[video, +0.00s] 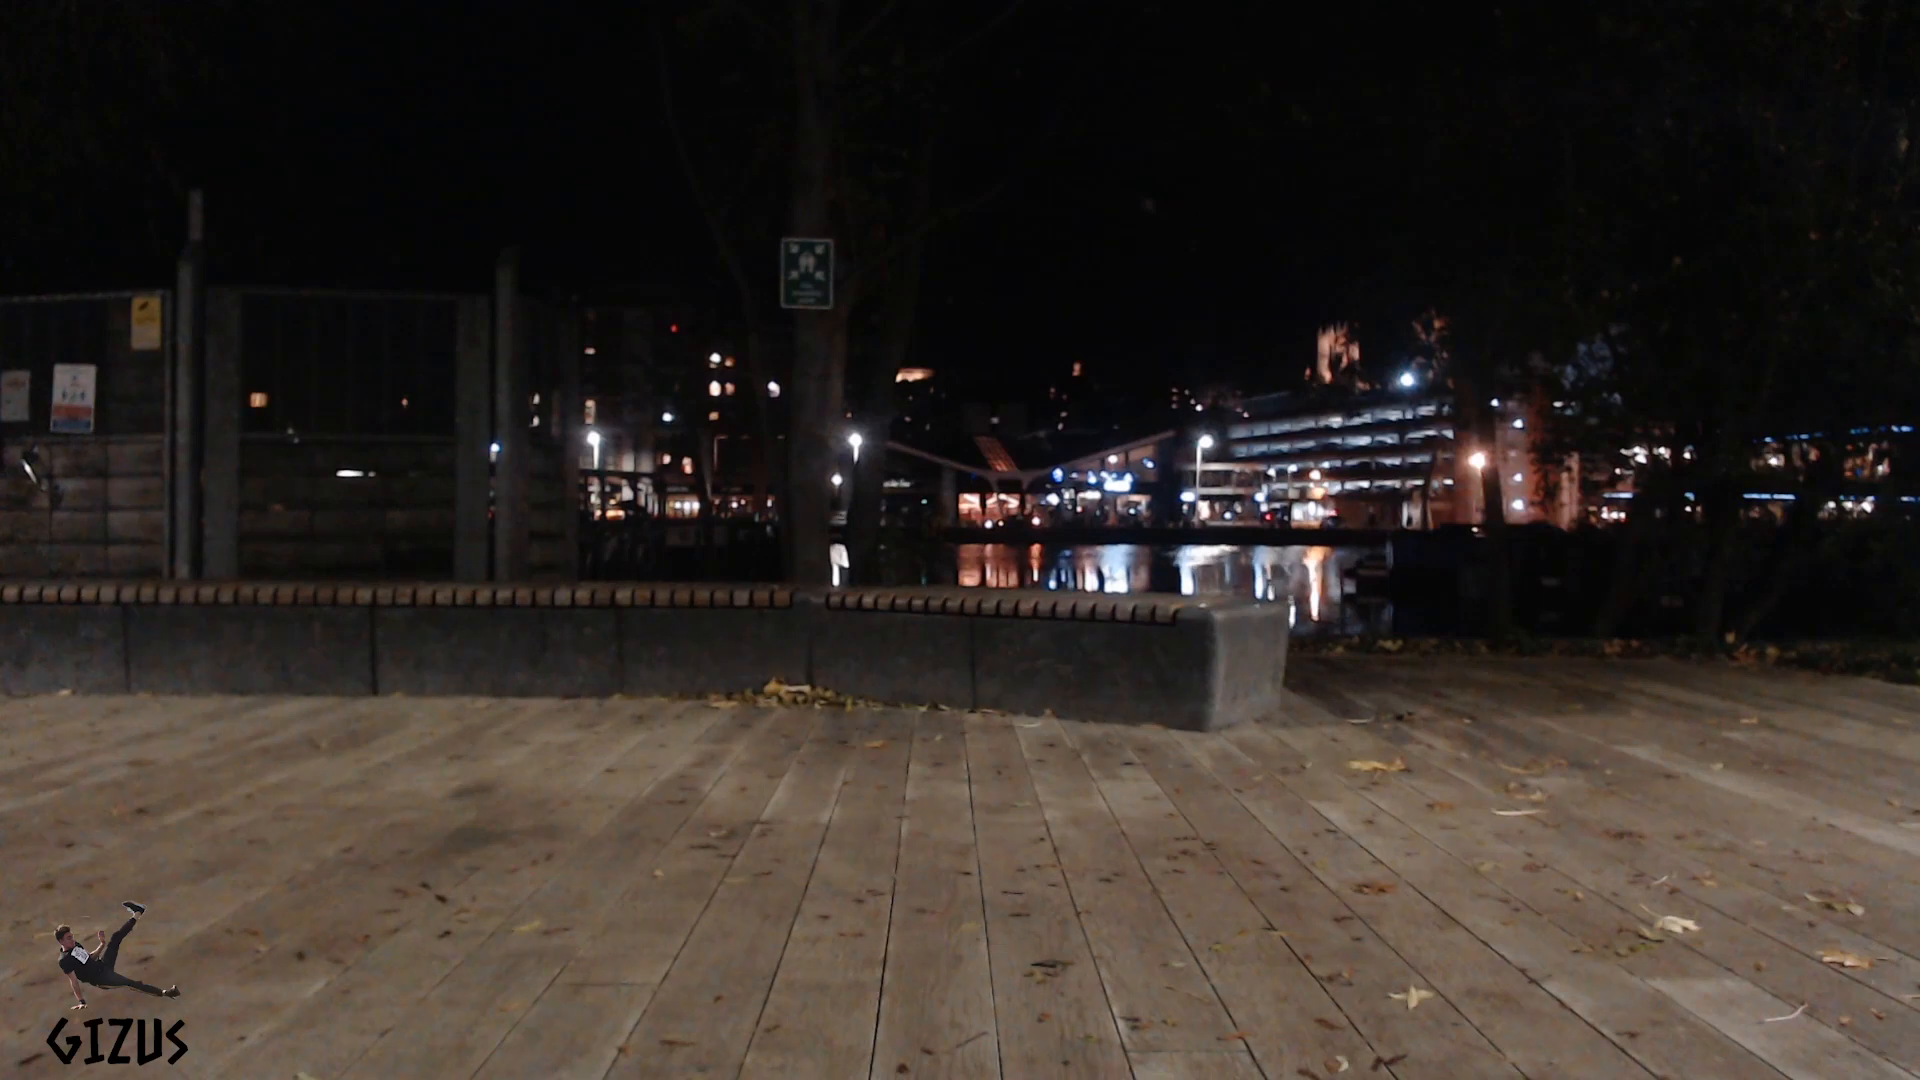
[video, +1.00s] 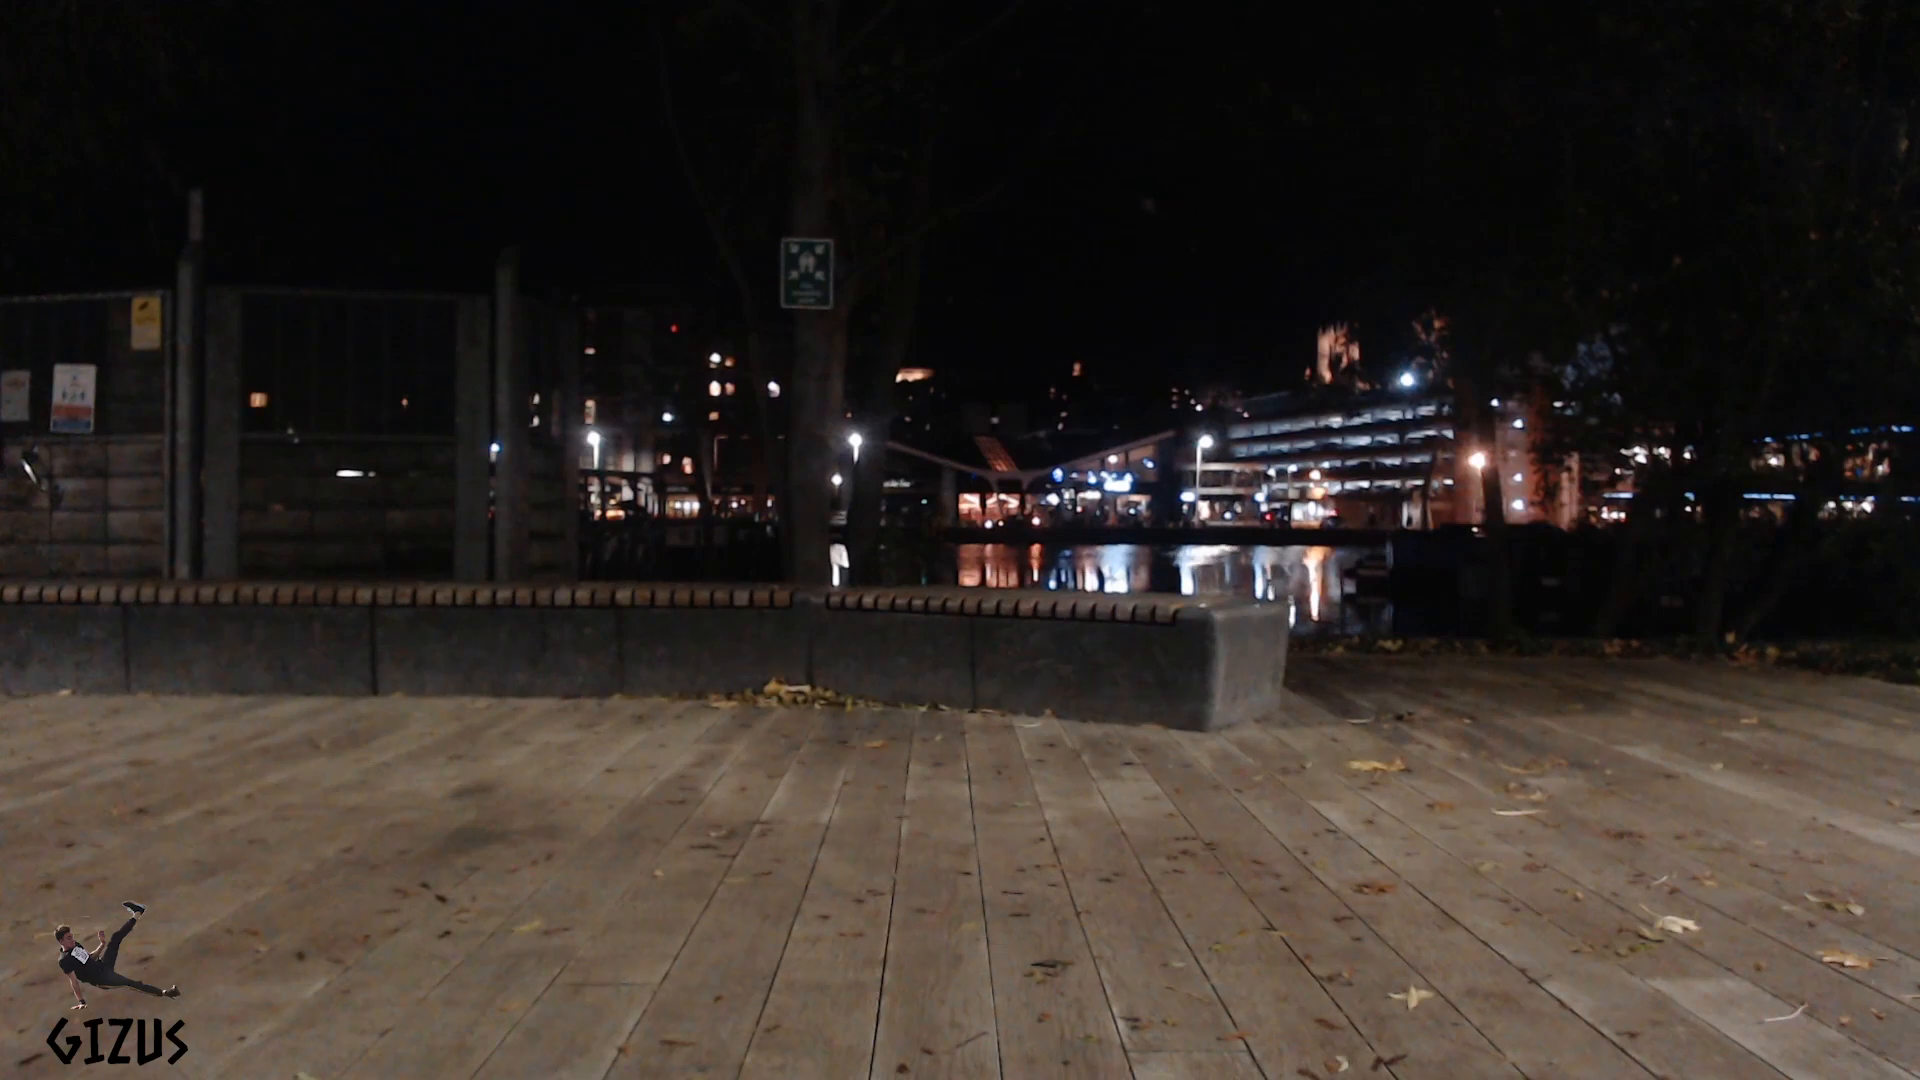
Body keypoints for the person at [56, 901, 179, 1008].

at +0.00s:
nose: (72, 939)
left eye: (72, 936)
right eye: (69, 938)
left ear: (70, 937)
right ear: (61, 941)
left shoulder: (75, 946)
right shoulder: (64, 960)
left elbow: (91, 957)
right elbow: (74, 982)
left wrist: (102, 944)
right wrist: (81, 1001)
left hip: (104, 964)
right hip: (102, 978)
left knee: (115, 939)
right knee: (132, 983)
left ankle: (135, 916)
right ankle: (164, 993)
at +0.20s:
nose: (72, 939)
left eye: (72, 936)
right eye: (69, 938)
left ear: (70, 937)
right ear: (61, 941)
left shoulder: (75, 946)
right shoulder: (64, 960)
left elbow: (91, 957)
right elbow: (74, 982)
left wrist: (102, 944)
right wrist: (81, 1001)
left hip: (104, 964)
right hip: (102, 978)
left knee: (115, 939)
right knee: (132, 983)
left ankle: (135, 916)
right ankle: (164, 993)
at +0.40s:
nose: (72, 939)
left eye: (72, 936)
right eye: (69, 938)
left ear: (70, 937)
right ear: (61, 941)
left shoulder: (75, 946)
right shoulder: (64, 960)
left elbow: (91, 957)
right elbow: (74, 982)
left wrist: (102, 944)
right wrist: (81, 1001)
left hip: (104, 964)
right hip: (102, 978)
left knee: (115, 939)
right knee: (132, 983)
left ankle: (135, 916)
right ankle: (164, 993)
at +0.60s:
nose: (72, 939)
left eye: (72, 936)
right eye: (69, 938)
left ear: (70, 937)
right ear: (61, 941)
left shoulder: (75, 946)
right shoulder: (64, 960)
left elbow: (91, 957)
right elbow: (74, 982)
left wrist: (102, 944)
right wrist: (81, 1001)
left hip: (104, 964)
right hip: (102, 978)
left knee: (115, 939)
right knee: (132, 983)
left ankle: (135, 916)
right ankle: (164, 993)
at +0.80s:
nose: (72, 939)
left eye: (72, 936)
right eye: (69, 938)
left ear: (70, 937)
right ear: (61, 941)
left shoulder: (75, 946)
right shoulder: (64, 960)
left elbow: (91, 957)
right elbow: (74, 982)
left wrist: (102, 944)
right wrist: (81, 1001)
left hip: (104, 964)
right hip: (102, 978)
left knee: (115, 939)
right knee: (132, 983)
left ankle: (135, 916)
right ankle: (164, 993)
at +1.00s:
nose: (72, 939)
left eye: (72, 936)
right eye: (69, 938)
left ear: (70, 937)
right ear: (61, 941)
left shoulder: (75, 946)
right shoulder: (64, 960)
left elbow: (91, 957)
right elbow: (74, 982)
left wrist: (102, 944)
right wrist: (81, 1001)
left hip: (104, 964)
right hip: (102, 978)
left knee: (115, 939)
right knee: (132, 983)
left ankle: (135, 916)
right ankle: (164, 993)